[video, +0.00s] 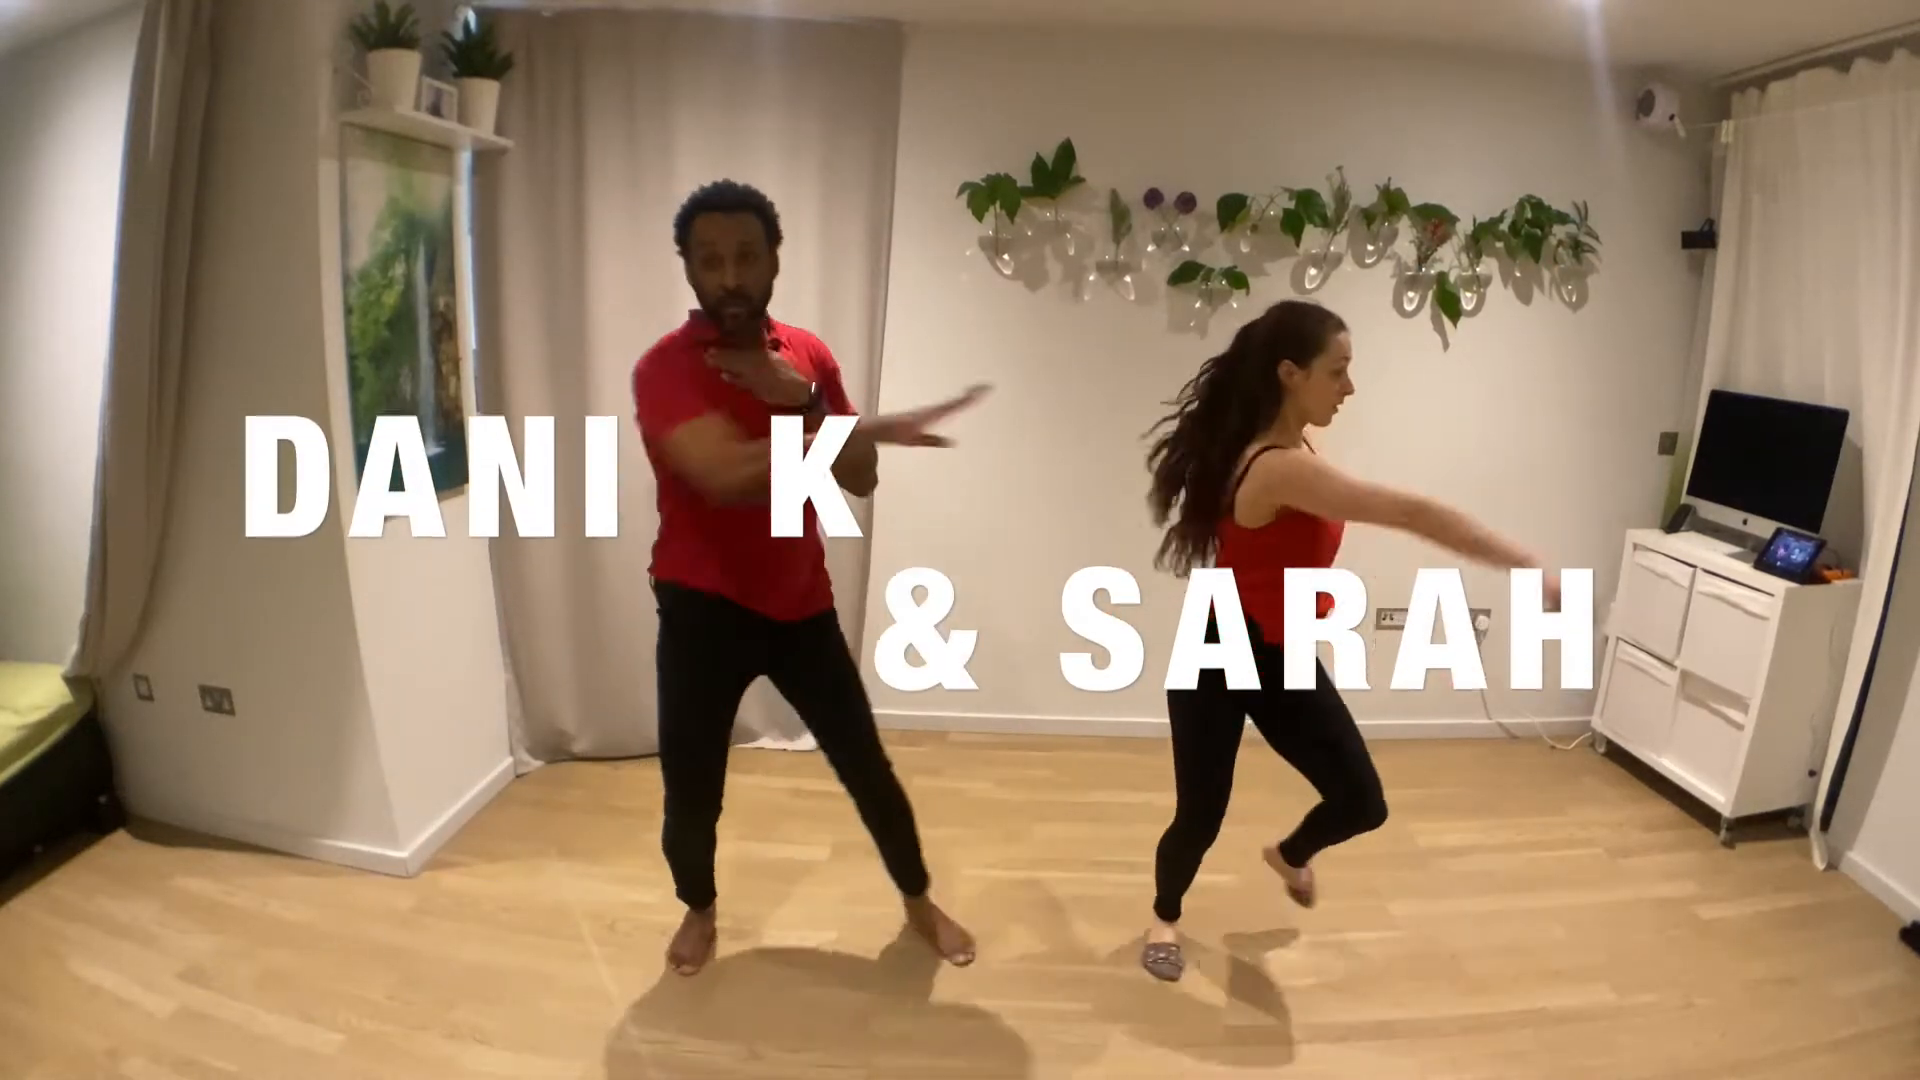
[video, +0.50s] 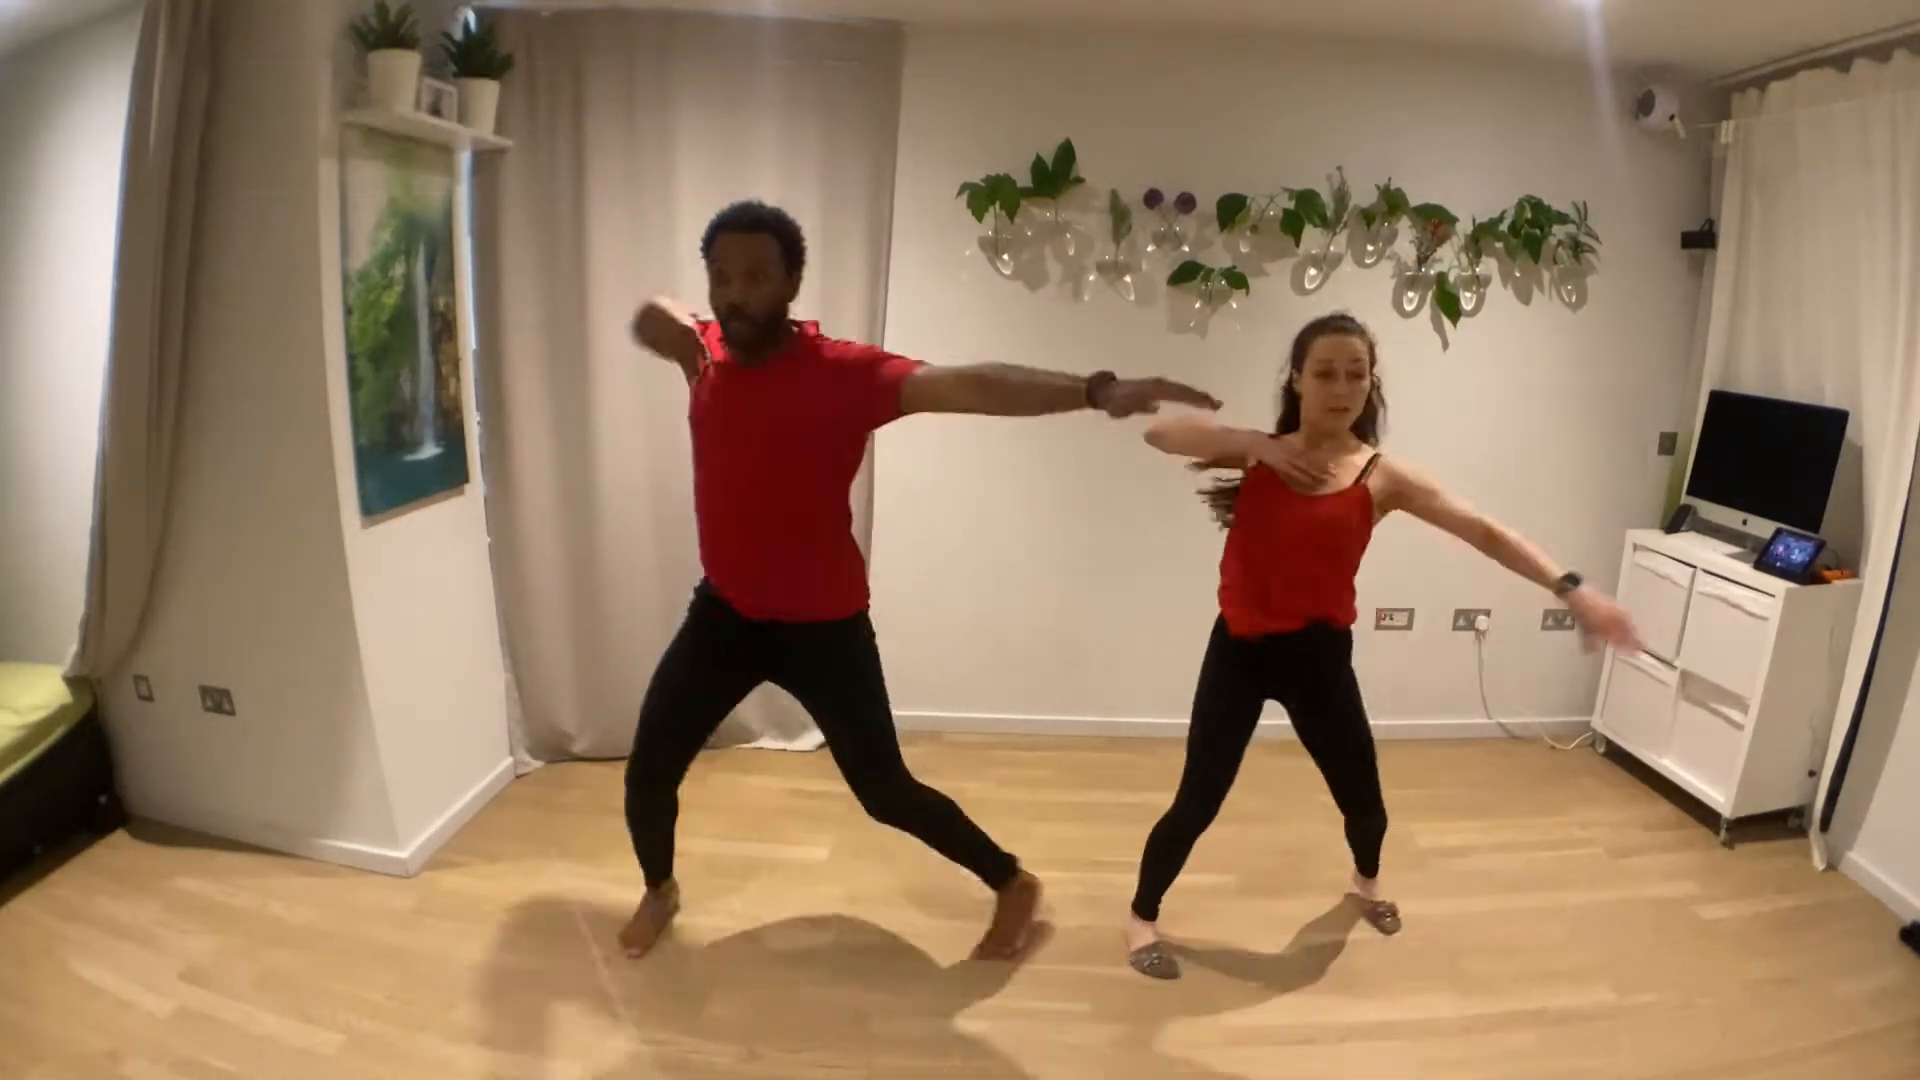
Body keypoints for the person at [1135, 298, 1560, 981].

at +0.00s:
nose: (1348, 387)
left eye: (1348, 371)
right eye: (1338, 371)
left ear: (1293, 375)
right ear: (1289, 375)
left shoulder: (1297, 446)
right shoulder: (1273, 465)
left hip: (1282, 662)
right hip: (1213, 664)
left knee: (1361, 806)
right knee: (1199, 813)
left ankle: (1288, 855)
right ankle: (1163, 921)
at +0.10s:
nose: (1362, 380)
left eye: (1359, 364)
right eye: (1349, 366)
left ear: (1302, 373)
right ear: (1301, 374)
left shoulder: (1276, 448)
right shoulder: (1307, 462)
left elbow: (1185, 461)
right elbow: (1453, 474)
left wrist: (1112, 444)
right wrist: (1571, 484)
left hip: (1304, 657)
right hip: (1247, 655)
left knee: (1360, 798)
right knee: (1219, 812)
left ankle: (1344, 894)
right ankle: (1138, 910)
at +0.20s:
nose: (1359, 391)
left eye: (1361, 376)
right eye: (1342, 378)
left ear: (1356, 380)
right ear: (1296, 390)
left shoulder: (1319, 465)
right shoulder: (1303, 481)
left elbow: (1332, 525)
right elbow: (1440, 486)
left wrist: (1375, 550)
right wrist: (1528, 463)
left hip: (1324, 662)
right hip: (1270, 665)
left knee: (1366, 790)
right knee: (1247, 841)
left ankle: (1341, 891)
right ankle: (1134, 914)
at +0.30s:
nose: (1338, 394)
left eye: (1350, 380)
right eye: (1319, 380)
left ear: (1365, 390)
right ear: (1289, 391)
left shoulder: (1352, 469)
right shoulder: (1280, 470)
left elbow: (1390, 544)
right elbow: (1414, 506)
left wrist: (1421, 567)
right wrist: (1439, 464)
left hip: (1341, 657)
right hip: (1275, 657)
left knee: (1381, 790)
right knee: (1250, 837)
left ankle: (1344, 891)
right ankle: (1138, 914)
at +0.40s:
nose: (1339, 385)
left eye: (1353, 372)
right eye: (1323, 371)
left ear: (1369, 384)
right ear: (1296, 381)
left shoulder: (1378, 470)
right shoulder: (1253, 445)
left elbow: (1463, 531)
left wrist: (1481, 580)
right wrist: (1356, 471)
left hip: (1339, 652)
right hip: (1262, 649)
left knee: (1382, 795)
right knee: (1214, 813)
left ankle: (1355, 883)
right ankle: (1136, 914)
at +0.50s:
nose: (1340, 387)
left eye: (1355, 373)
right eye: (1325, 371)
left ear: (1370, 384)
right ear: (1296, 380)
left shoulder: (1383, 476)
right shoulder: (1261, 451)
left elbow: (1484, 533)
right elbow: (1160, 432)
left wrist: (1574, 591)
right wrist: (1255, 447)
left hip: (1319, 657)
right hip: (1239, 650)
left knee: (1365, 806)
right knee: (1198, 803)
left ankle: (1365, 884)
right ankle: (1141, 918)